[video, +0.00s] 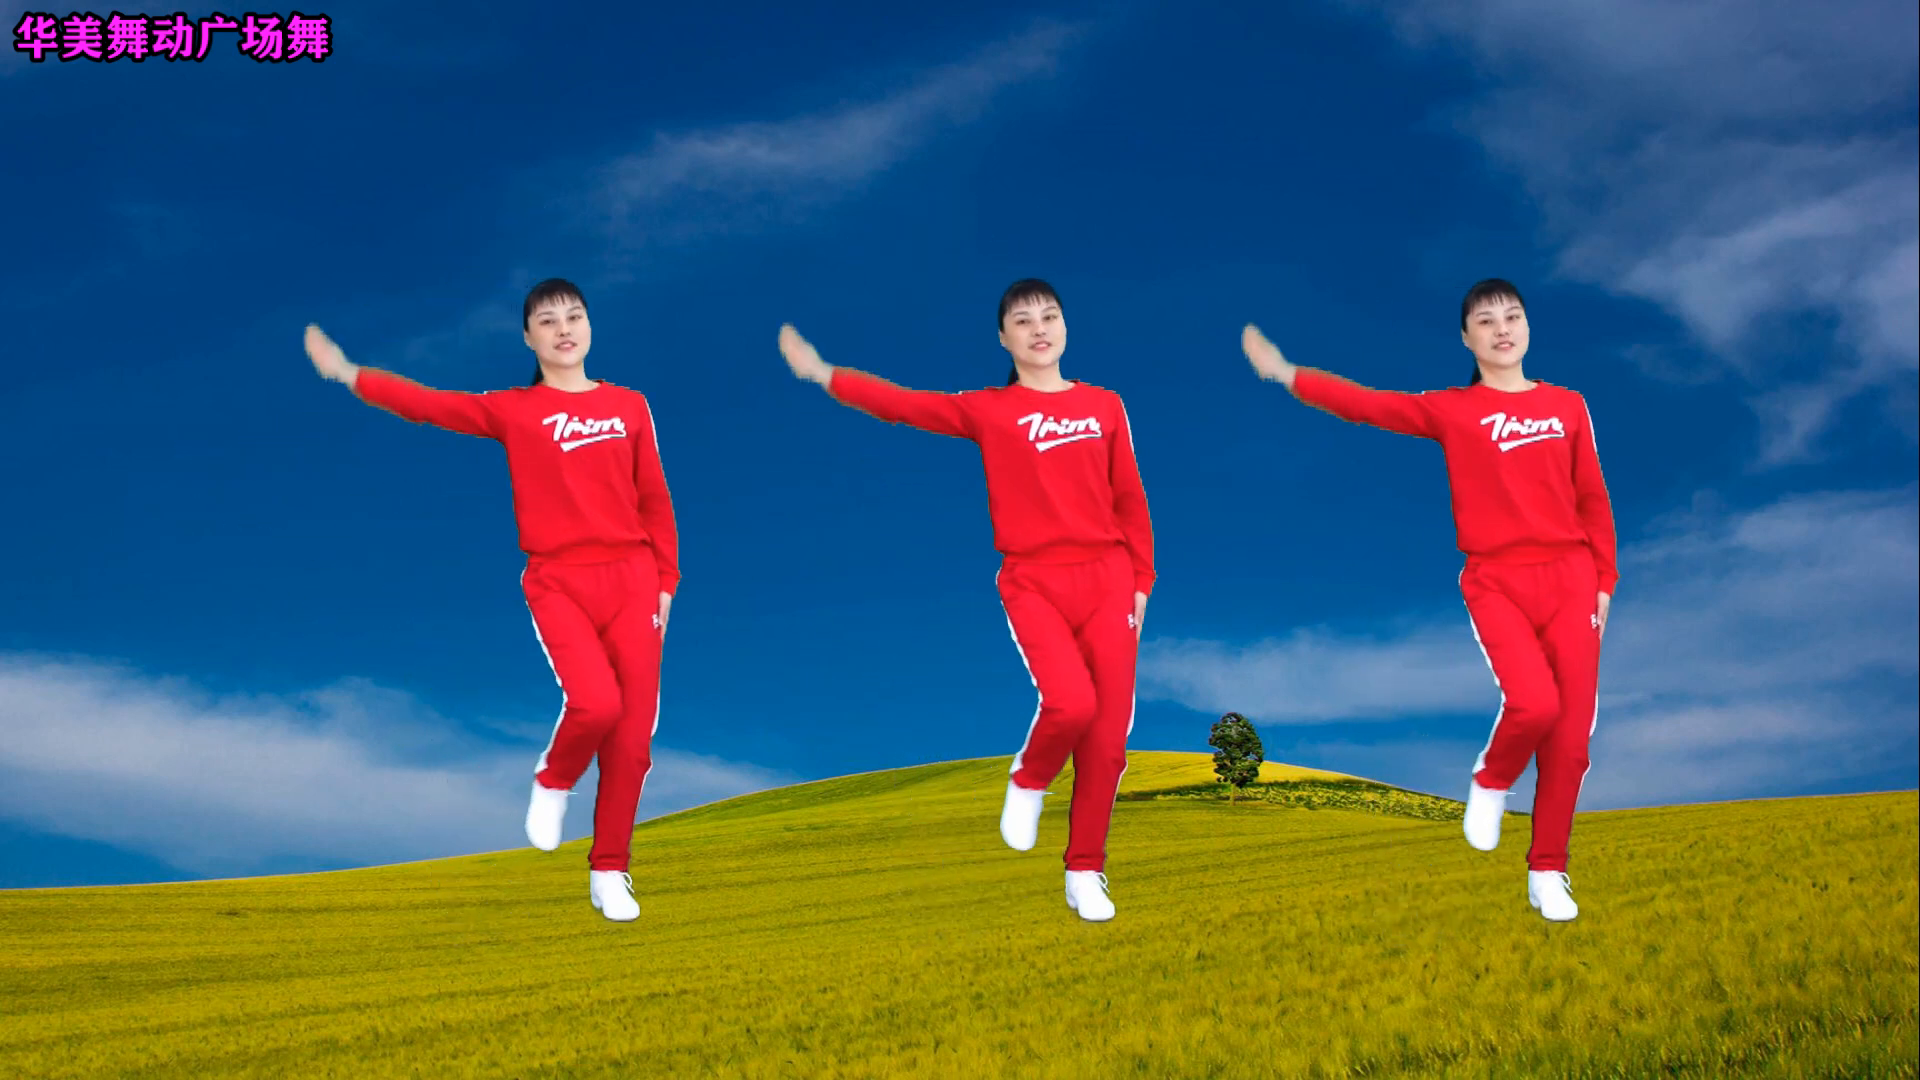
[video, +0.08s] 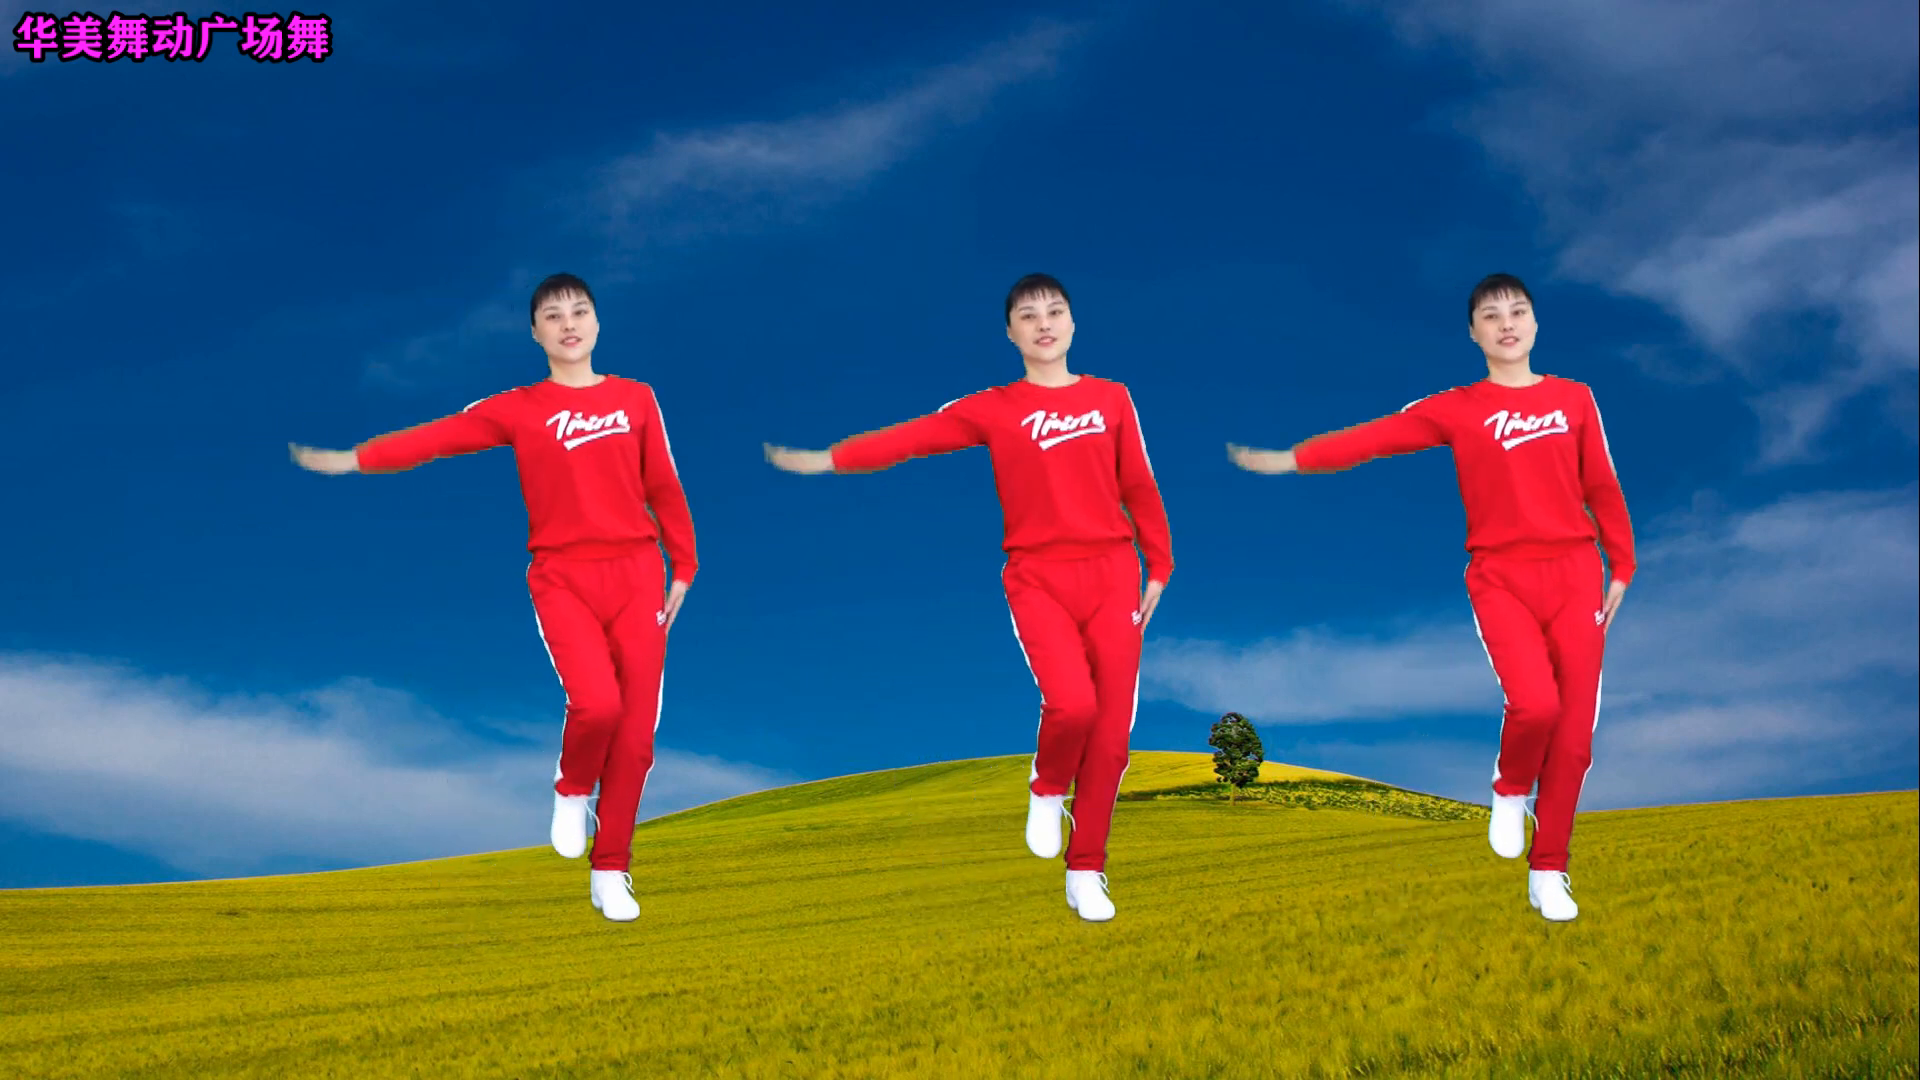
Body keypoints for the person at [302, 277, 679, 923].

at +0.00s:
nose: (564, 328)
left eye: (573, 317)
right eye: (549, 321)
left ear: (589, 328)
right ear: (530, 337)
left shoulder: (629, 404)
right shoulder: (512, 408)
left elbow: (656, 499)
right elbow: (425, 403)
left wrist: (667, 579)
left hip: (633, 573)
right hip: (557, 578)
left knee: (636, 728)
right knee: (598, 706)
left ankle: (610, 868)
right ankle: (553, 784)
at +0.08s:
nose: (568, 324)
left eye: (578, 313)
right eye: (554, 316)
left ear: (596, 324)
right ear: (537, 332)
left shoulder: (637, 398)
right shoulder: (516, 407)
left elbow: (666, 489)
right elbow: (435, 437)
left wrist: (684, 568)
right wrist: (351, 458)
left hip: (638, 569)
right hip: (561, 575)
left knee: (639, 727)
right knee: (598, 706)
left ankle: (611, 867)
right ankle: (574, 792)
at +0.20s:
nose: (573, 305)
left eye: (584, 294)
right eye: (560, 297)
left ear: (604, 305)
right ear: (544, 313)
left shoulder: (641, 375)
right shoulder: (527, 391)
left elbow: (691, 451)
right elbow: (479, 468)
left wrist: (730, 525)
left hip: (637, 559)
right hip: (561, 563)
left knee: (632, 720)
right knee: (584, 716)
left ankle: (619, 863)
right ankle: (578, 827)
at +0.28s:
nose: (577, 303)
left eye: (589, 292)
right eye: (563, 295)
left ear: (608, 304)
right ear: (548, 311)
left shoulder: (644, 371)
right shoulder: (530, 390)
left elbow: (710, 438)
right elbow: (507, 480)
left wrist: (769, 503)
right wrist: (479, 563)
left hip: (633, 559)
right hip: (557, 562)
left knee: (626, 723)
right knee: (572, 721)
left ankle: (619, 865)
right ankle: (576, 852)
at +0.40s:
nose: (578, 309)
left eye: (590, 298)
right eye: (566, 301)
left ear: (612, 310)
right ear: (553, 316)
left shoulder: (648, 381)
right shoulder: (532, 399)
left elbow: (724, 435)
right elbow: (518, 494)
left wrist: (802, 481)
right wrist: (510, 573)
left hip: (625, 568)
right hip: (546, 568)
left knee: (619, 731)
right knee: (564, 732)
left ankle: (614, 869)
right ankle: (573, 866)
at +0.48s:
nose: (567, 310)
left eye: (581, 299)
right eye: (559, 303)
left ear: (612, 309)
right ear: (551, 318)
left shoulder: (645, 382)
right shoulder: (532, 396)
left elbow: (716, 445)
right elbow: (512, 488)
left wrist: (787, 501)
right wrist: (498, 565)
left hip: (622, 567)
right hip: (545, 568)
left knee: (617, 725)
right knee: (562, 726)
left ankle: (613, 866)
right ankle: (571, 858)